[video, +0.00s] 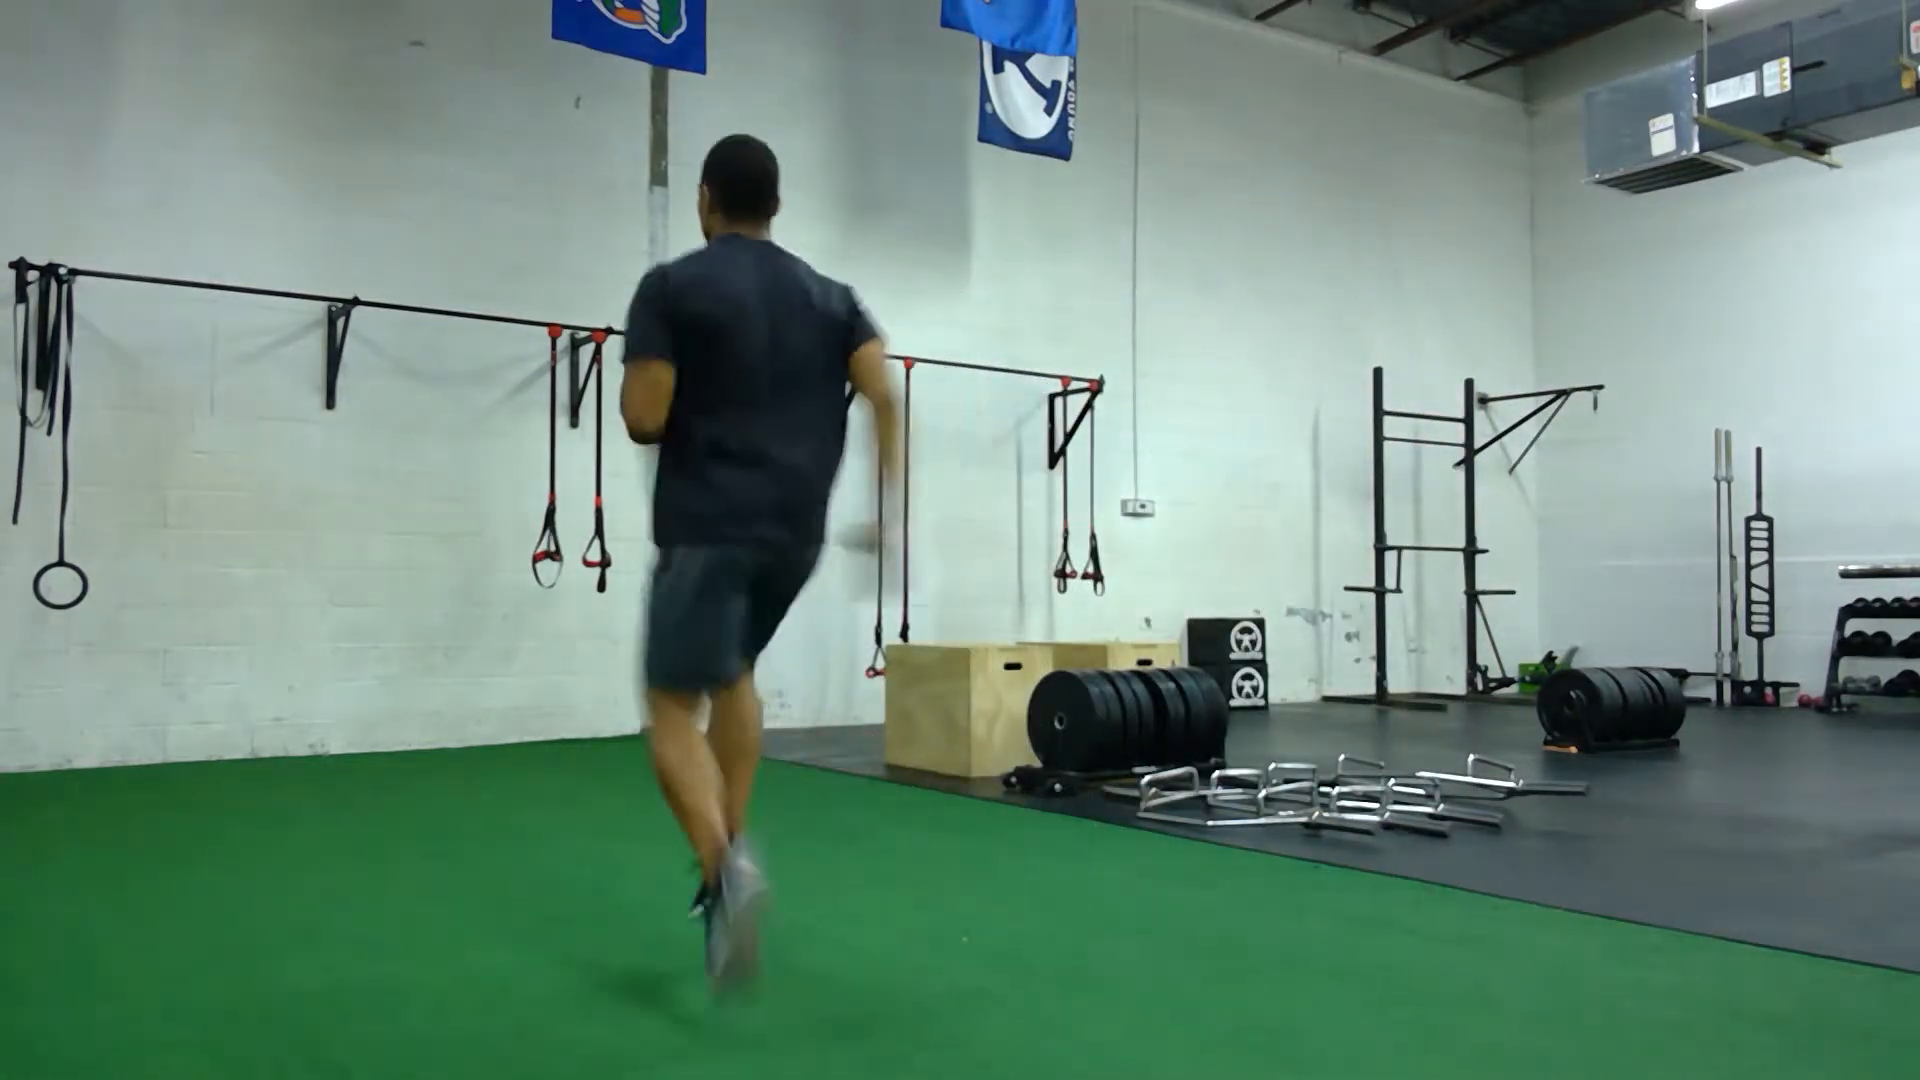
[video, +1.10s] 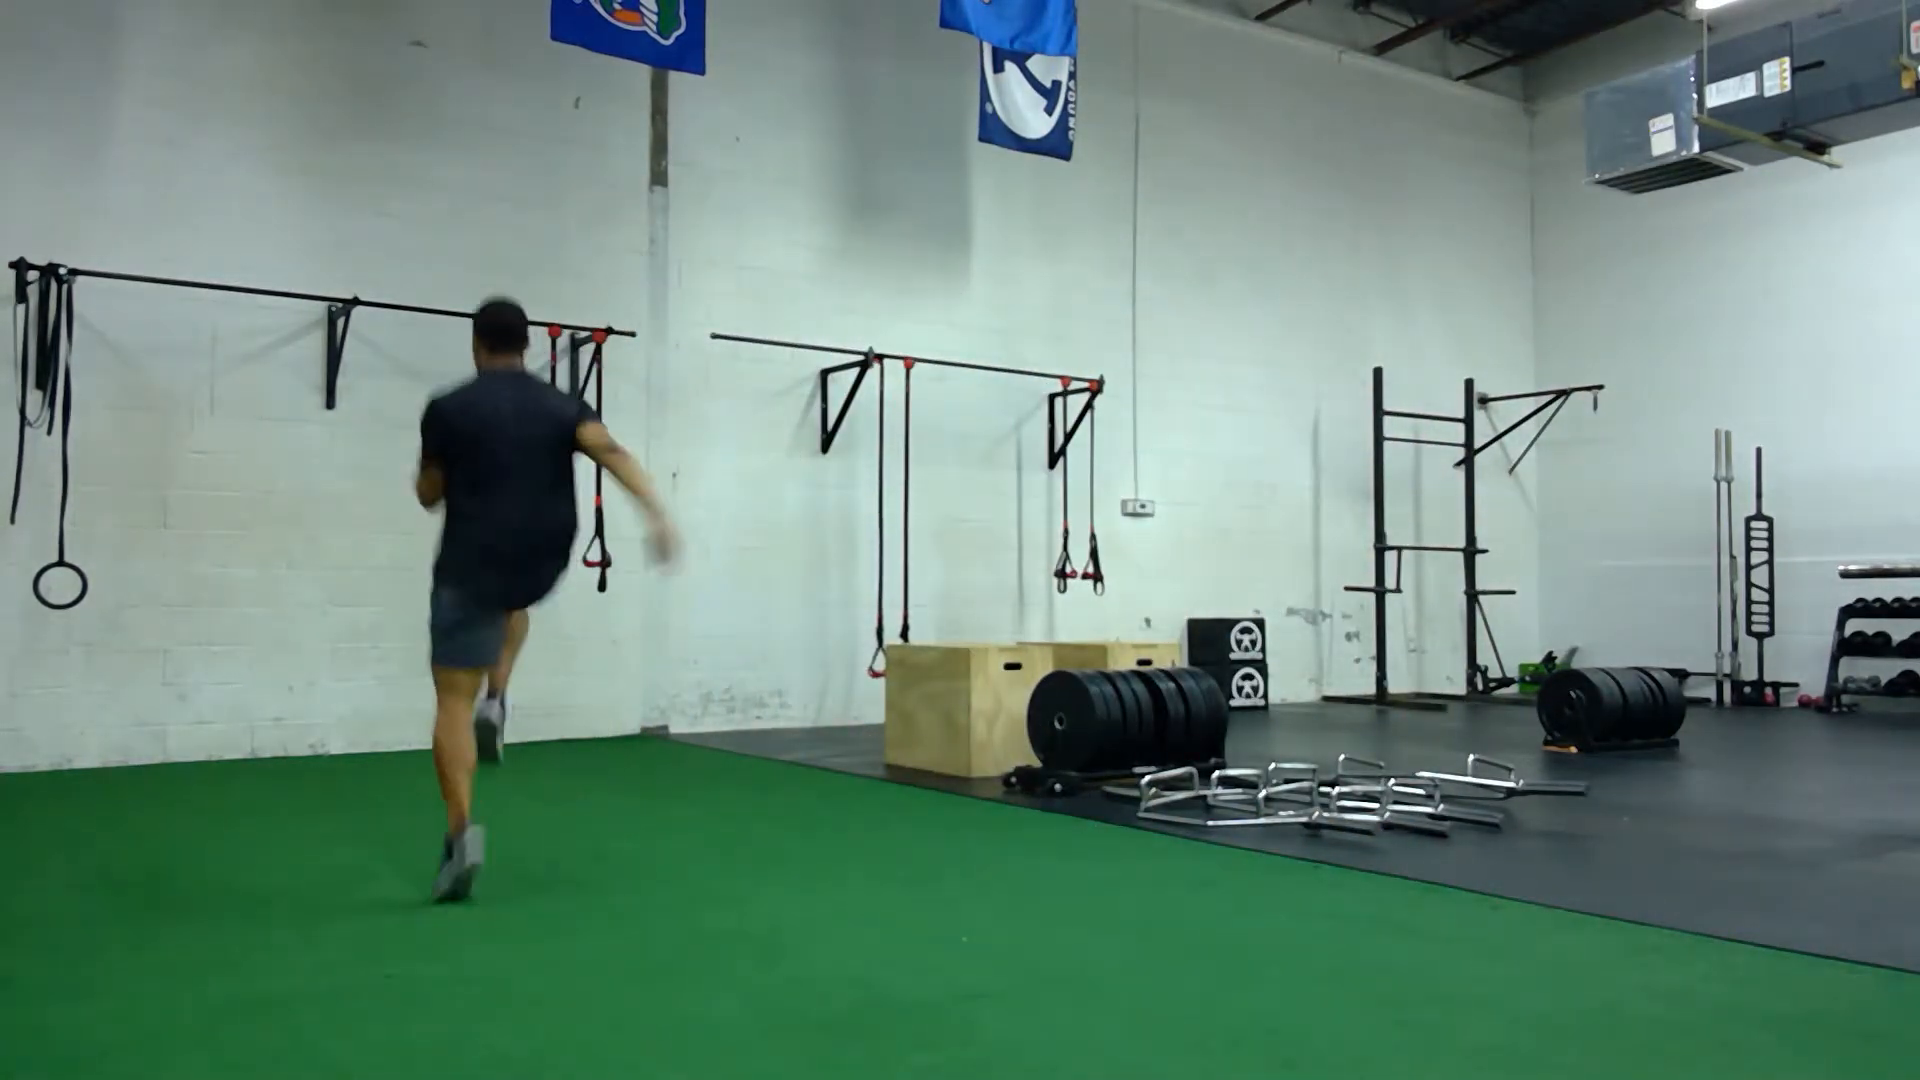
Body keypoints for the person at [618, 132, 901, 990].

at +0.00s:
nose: (703, 204)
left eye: (702, 193)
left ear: (705, 201)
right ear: (777, 208)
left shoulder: (672, 286)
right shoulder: (824, 293)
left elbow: (644, 417)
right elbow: (888, 395)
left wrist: (689, 397)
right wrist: (887, 507)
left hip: (707, 532)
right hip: (794, 535)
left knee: (671, 712)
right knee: (734, 679)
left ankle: (724, 865)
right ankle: (725, 860)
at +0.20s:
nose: (672, 275)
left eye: (673, 265)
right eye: (685, 264)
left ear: (677, 272)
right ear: (739, 279)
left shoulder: (655, 350)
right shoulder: (775, 370)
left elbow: (641, 433)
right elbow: (770, 471)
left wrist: (635, 541)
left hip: (661, 566)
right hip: (744, 583)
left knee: (563, 554)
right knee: (714, 742)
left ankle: (620, 700)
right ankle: (708, 921)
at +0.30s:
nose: (646, 248)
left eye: (646, 236)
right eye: (658, 237)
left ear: (653, 242)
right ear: (713, 248)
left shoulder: (634, 309)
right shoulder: (755, 335)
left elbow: (641, 382)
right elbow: (755, 451)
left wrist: (653, 504)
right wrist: (691, 468)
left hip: (633, 519)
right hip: (715, 537)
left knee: (550, 522)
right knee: (688, 704)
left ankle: (590, 677)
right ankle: (696, 871)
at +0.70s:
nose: (567, 321)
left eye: (568, 312)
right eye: (581, 314)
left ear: (573, 312)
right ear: (629, 320)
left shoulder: (554, 353)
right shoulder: (663, 395)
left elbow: (550, 401)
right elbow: (657, 485)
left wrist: (562, 477)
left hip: (545, 550)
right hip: (621, 572)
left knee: (506, 564)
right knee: (612, 709)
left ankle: (536, 700)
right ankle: (603, 860)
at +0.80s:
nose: (549, 341)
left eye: (546, 331)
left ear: (548, 334)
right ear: (604, 339)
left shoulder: (527, 383)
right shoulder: (637, 409)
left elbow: (515, 417)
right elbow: (629, 494)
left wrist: (527, 456)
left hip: (532, 572)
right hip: (605, 585)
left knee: (476, 563)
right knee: (595, 728)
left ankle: (505, 704)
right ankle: (593, 878)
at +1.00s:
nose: (494, 353)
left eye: (491, 343)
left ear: (488, 346)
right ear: (541, 349)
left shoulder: (464, 414)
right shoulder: (575, 411)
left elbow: (437, 522)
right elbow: (633, 474)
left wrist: (441, 496)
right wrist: (685, 543)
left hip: (491, 584)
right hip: (557, 586)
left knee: (462, 726)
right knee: (522, 609)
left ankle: (465, 874)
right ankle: (529, 678)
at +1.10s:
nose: (484, 352)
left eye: (478, 343)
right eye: (502, 343)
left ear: (475, 346)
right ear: (525, 346)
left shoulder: (448, 409)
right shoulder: (557, 404)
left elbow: (429, 493)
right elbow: (610, 452)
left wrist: (463, 457)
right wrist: (658, 514)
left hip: (470, 567)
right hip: (542, 561)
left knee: (453, 701)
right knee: (513, 606)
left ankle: (461, 832)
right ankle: (494, 700)